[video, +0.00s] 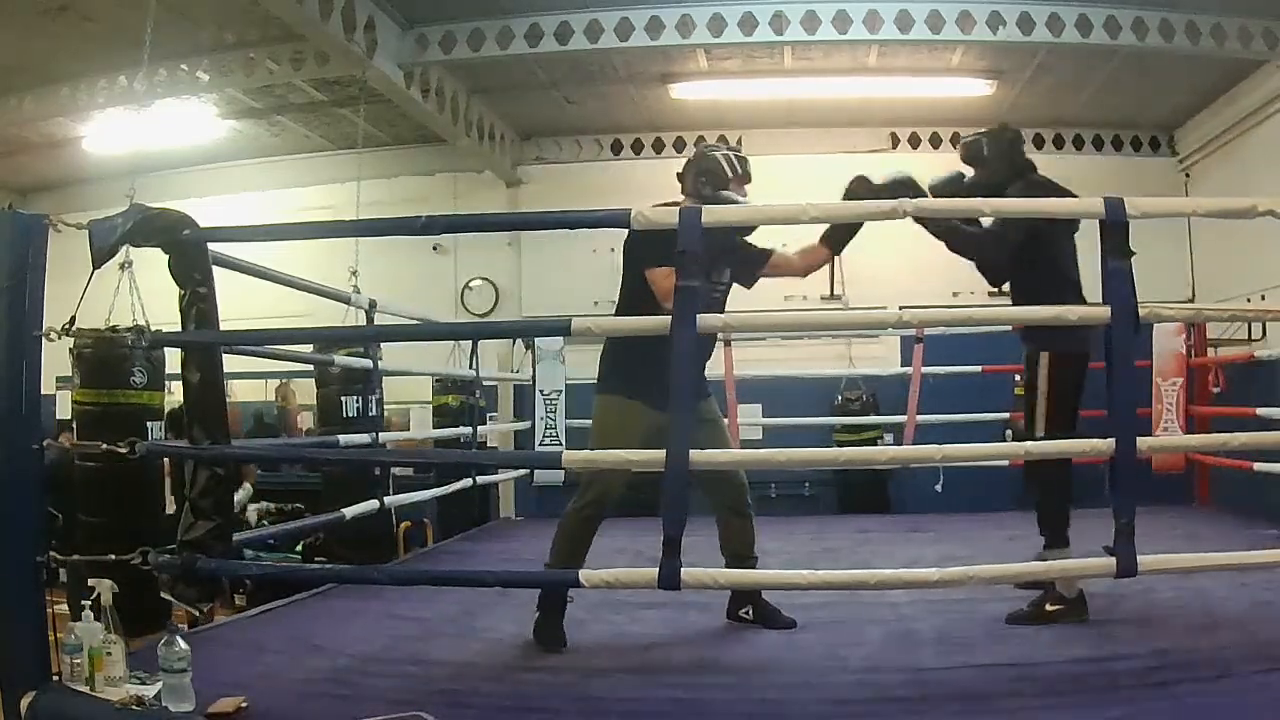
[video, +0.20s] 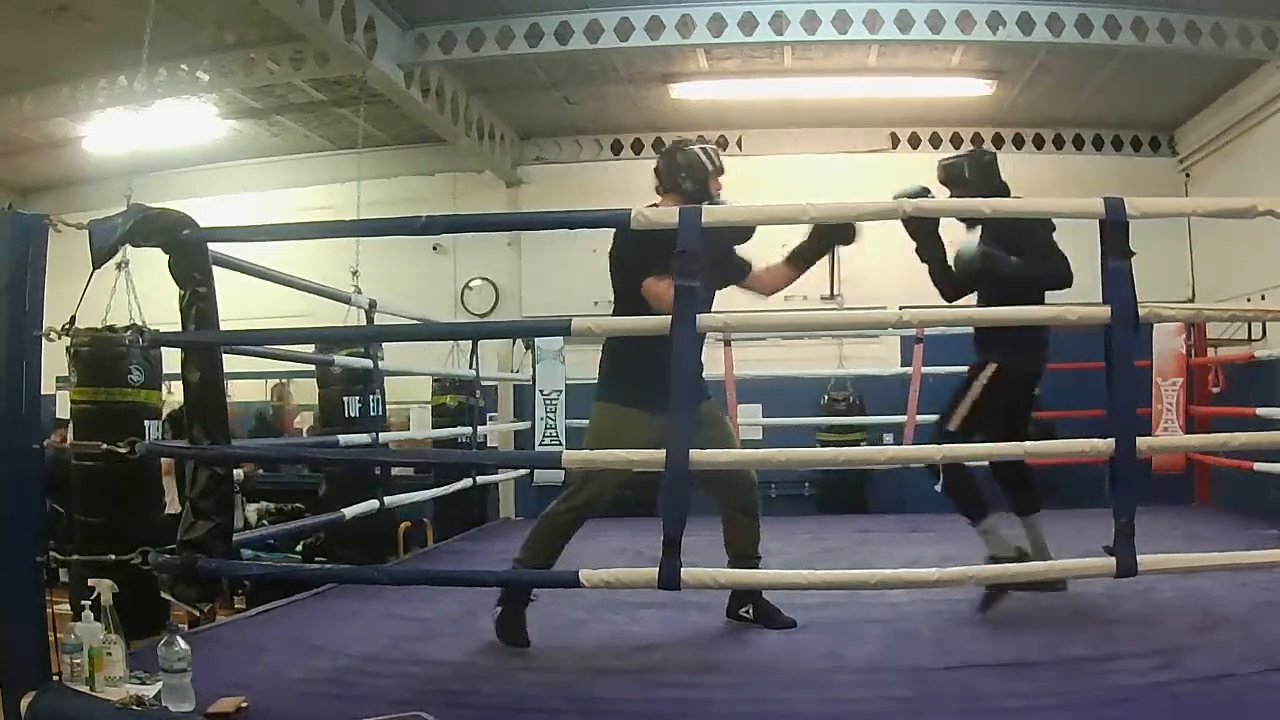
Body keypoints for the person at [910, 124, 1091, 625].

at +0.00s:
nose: (976, 176)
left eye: (980, 166)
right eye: (974, 168)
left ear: (1000, 157)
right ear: (1013, 155)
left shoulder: (1025, 196)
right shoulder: (1024, 193)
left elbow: (996, 263)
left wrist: (939, 221)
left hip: (1056, 340)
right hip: (1054, 338)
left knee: (1047, 457)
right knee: (1045, 455)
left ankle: (1064, 588)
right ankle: (1057, 565)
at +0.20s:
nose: (953, 203)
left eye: (956, 193)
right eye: (950, 195)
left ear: (978, 188)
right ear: (977, 190)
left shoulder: (1019, 219)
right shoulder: (989, 232)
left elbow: (1060, 274)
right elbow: (951, 289)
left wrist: (991, 261)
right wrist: (924, 233)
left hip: (1012, 355)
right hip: (1007, 355)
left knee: (943, 449)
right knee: (1005, 454)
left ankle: (1003, 552)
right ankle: (1041, 559)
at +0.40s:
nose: (930, 198)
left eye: (935, 189)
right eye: (929, 190)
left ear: (958, 183)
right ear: (954, 187)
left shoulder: (998, 223)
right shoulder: (956, 233)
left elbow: (985, 273)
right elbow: (915, 280)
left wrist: (938, 220)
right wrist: (894, 232)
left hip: (978, 357)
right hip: (968, 356)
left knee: (916, 456)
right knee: (993, 456)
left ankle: (905, 579)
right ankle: (1041, 558)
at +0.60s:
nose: (890, 195)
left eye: (894, 185)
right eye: (889, 186)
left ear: (917, 181)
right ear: (928, 177)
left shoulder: (947, 218)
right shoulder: (935, 217)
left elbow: (891, 276)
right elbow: (893, 272)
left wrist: (865, 222)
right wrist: (886, 223)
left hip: (954, 346)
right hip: (947, 344)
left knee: (911, 455)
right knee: (936, 446)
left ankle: (903, 582)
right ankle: (1006, 532)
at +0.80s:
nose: (873, 208)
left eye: (877, 199)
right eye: (871, 200)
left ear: (900, 195)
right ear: (904, 194)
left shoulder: (944, 226)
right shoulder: (909, 235)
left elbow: (935, 290)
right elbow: (884, 297)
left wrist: (873, 251)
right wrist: (855, 245)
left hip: (943, 361)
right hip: (930, 360)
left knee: (884, 460)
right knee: (926, 456)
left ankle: (902, 580)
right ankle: (972, 546)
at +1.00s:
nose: (867, 194)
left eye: (872, 184)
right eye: (865, 185)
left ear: (896, 179)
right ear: (893, 179)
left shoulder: (935, 215)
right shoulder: (907, 222)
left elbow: (972, 276)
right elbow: (885, 289)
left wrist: (915, 289)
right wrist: (852, 244)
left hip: (920, 345)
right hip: (906, 343)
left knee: (874, 450)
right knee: (921, 441)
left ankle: (893, 571)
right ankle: (966, 540)